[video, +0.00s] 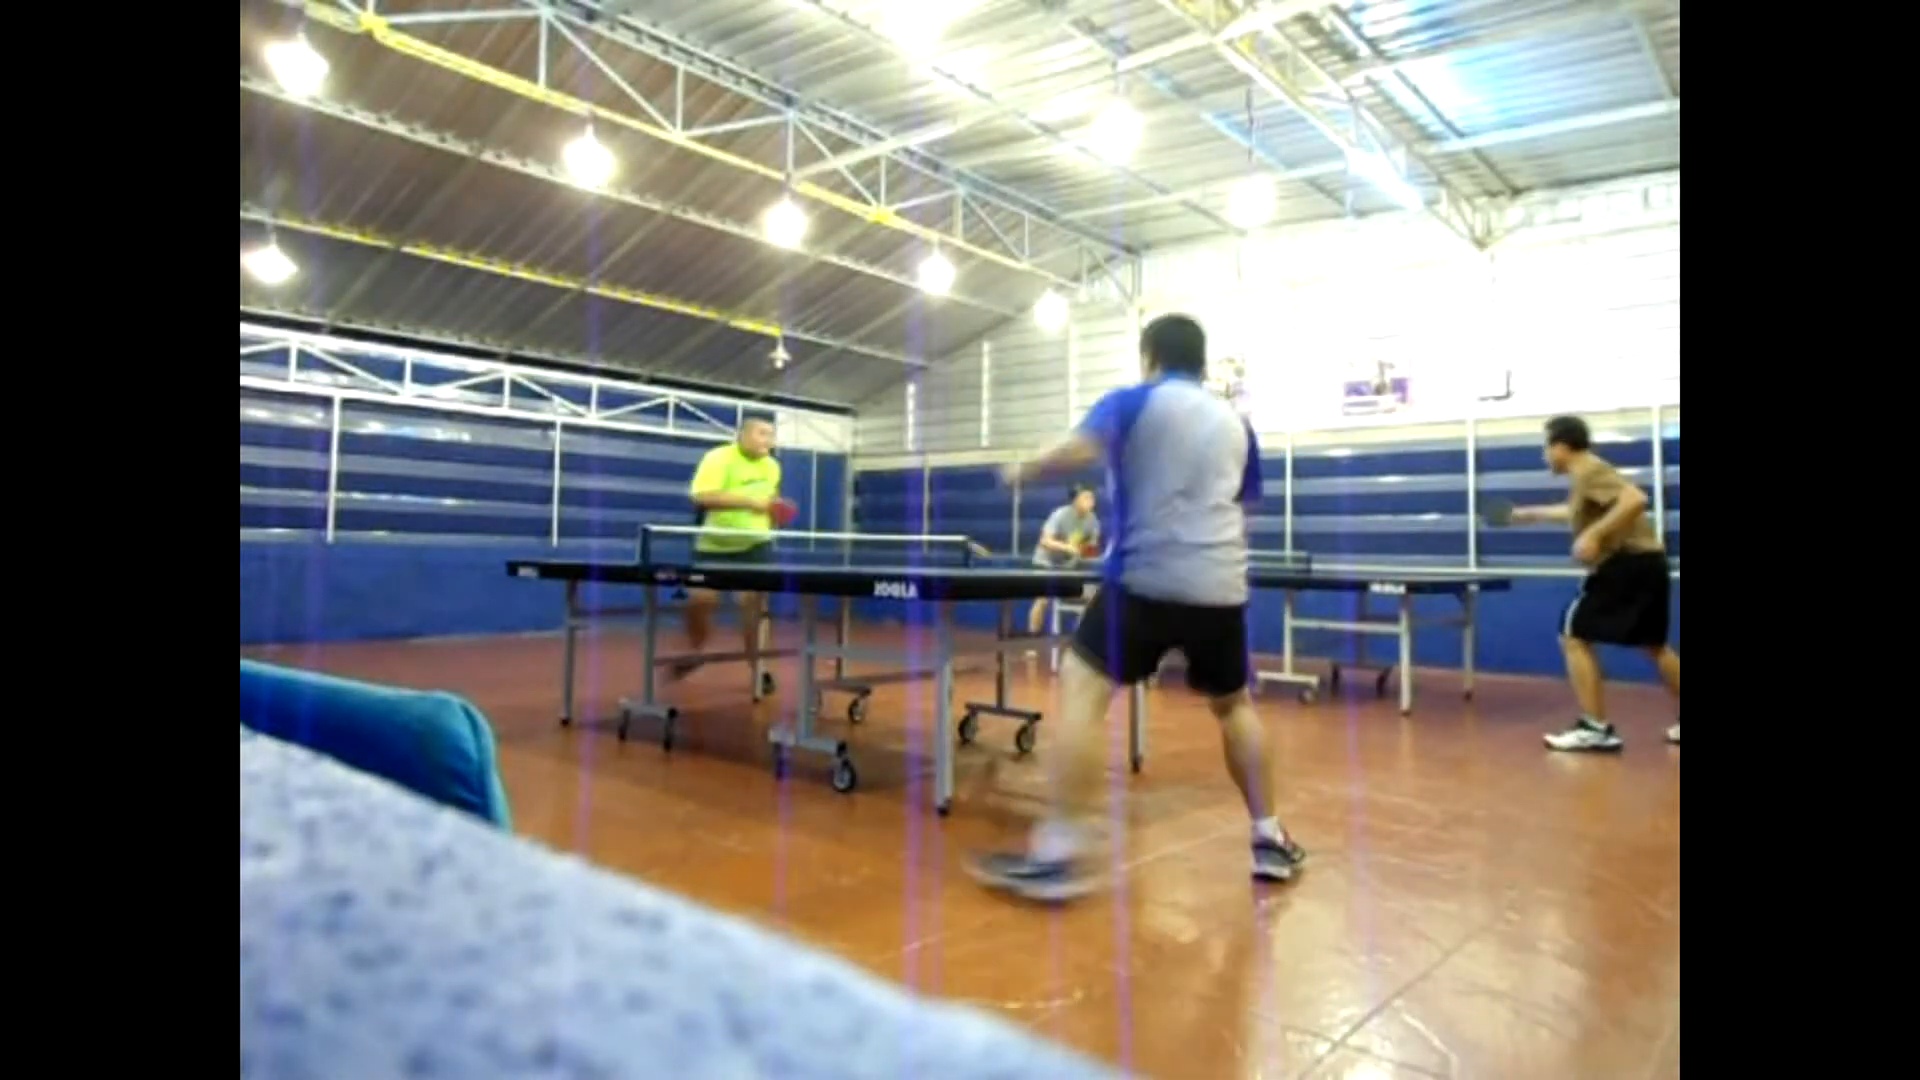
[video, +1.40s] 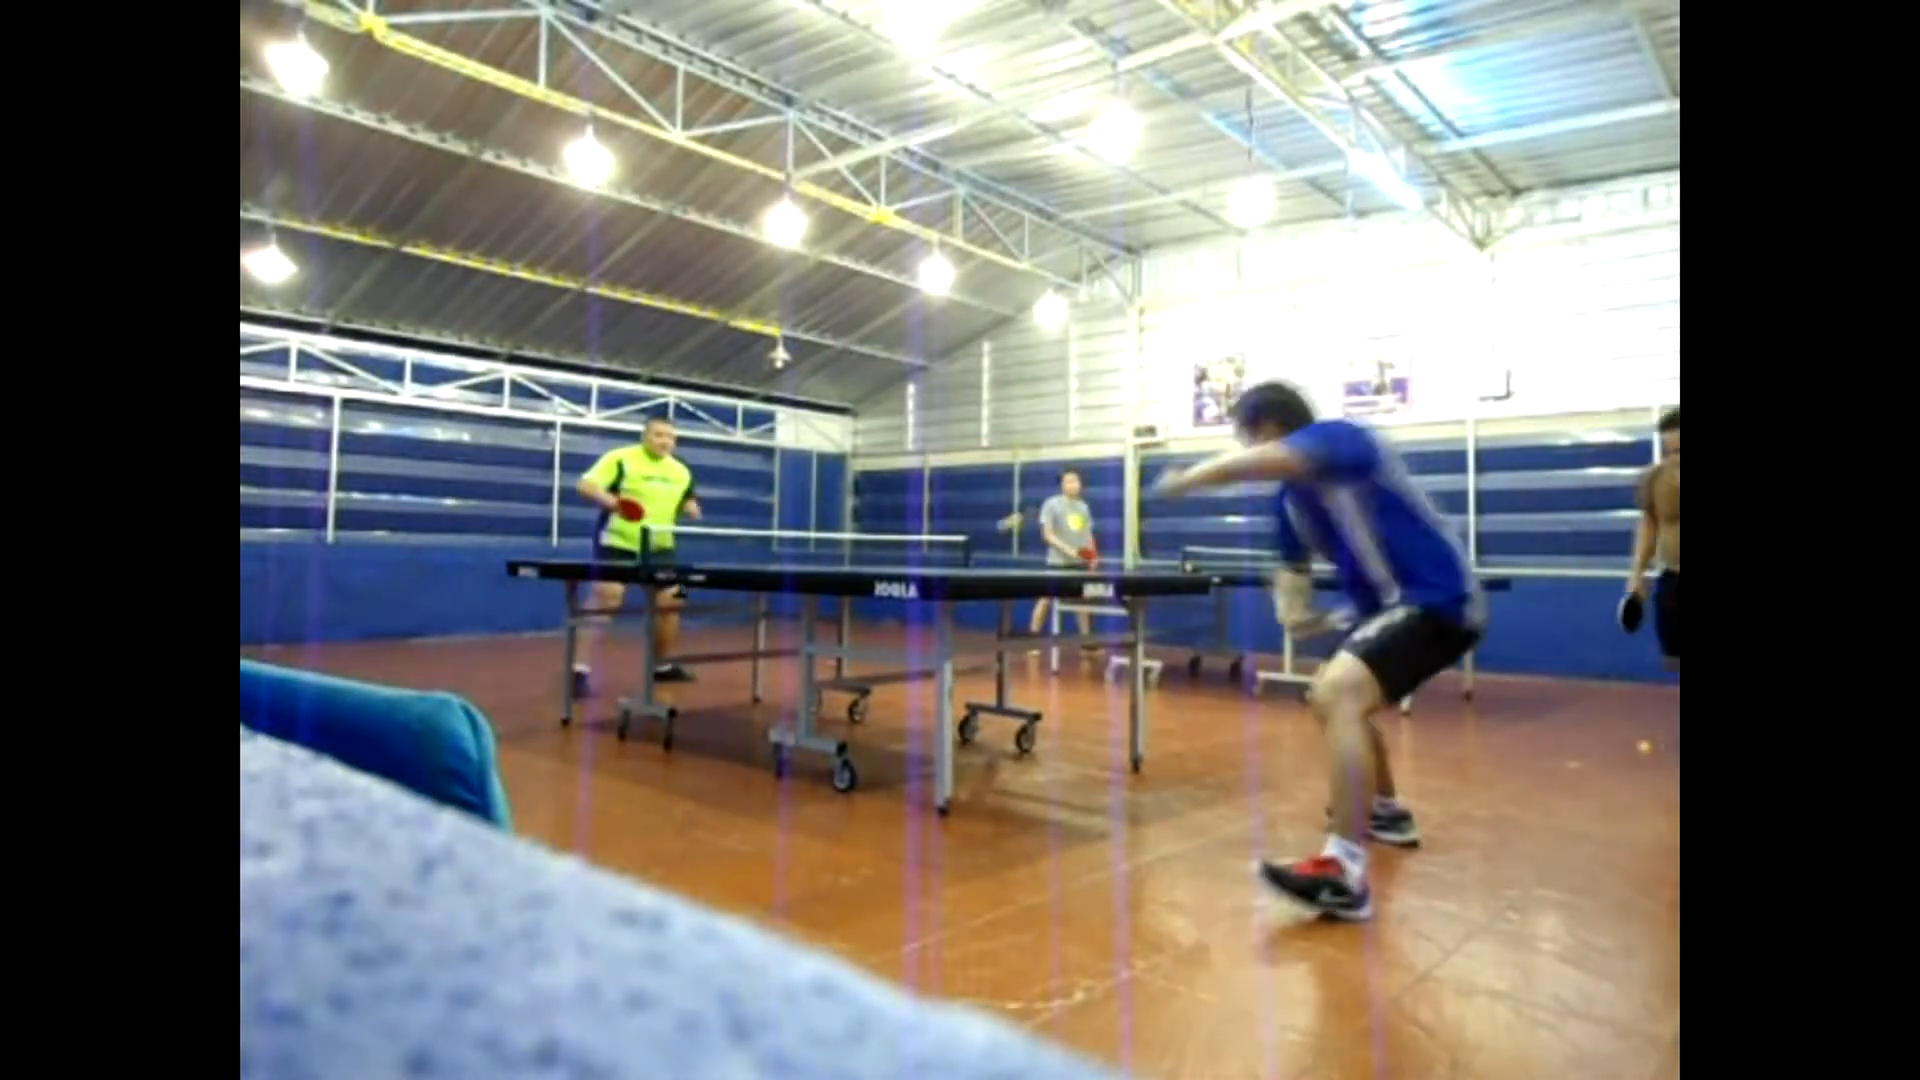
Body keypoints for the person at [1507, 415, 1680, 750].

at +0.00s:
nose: (1547, 455)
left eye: (1549, 447)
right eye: (1547, 447)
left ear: (1564, 446)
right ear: (1575, 445)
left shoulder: (1589, 470)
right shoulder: (1586, 474)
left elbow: (1633, 498)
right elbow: (1577, 511)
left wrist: (1595, 534)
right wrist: (1533, 514)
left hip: (1624, 563)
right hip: (1649, 562)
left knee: (1574, 638)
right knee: (1655, 645)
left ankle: (1595, 725)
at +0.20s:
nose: (1568, 451)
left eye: (1570, 443)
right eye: (1568, 443)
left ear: (1584, 443)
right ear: (1597, 441)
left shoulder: (1612, 467)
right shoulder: (1609, 470)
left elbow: (1639, 506)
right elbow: (1617, 519)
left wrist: (1593, 537)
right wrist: (1572, 527)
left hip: (1656, 557)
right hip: (1660, 555)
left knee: (1620, 635)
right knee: (1672, 640)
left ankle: (1626, 723)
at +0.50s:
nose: (1589, 477)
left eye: (1589, 468)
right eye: (1587, 470)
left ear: (1604, 464)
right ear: (1613, 462)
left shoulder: (1629, 488)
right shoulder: (1639, 482)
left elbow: (1627, 546)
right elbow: (1643, 539)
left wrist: (1586, 548)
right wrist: (1612, 557)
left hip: (1675, 573)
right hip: (1671, 572)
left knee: (1661, 642)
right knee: (1663, 643)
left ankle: (1657, 728)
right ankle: (1660, 727)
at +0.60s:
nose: (1592, 485)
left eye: (1593, 476)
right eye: (1590, 477)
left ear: (1608, 469)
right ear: (1613, 468)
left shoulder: (1640, 495)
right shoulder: (1643, 489)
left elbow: (1639, 557)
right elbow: (1641, 556)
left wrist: (1605, 581)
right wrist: (1608, 579)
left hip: (1679, 577)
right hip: (1677, 576)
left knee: (1665, 635)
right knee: (1662, 633)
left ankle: (1673, 717)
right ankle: (1672, 715)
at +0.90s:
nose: (1603, 498)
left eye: (1602, 488)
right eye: (1599, 491)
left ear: (1620, 477)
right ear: (1622, 476)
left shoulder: (1662, 499)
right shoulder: (1657, 496)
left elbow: (1673, 564)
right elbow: (1671, 561)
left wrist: (1642, 600)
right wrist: (1646, 597)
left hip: (1676, 598)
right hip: (1673, 597)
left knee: (1675, 649)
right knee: (1674, 648)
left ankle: (1678, 737)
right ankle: (1677, 736)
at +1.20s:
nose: (1642, 476)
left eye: (1644, 467)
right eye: (1637, 469)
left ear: (1663, 455)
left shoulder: (1674, 480)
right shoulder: (1655, 487)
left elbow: (1664, 534)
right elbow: (1663, 536)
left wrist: (1656, 586)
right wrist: (1656, 586)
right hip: (1676, 579)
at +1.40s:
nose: (1673, 457)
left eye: (1676, 450)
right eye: (1669, 450)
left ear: (1678, 445)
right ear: (1663, 445)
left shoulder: (1660, 478)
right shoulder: (1656, 479)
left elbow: (1648, 525)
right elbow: (1649, 524)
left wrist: (1638, 577)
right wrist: (1637, 577)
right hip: (1670, 574)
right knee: (1672, 658)